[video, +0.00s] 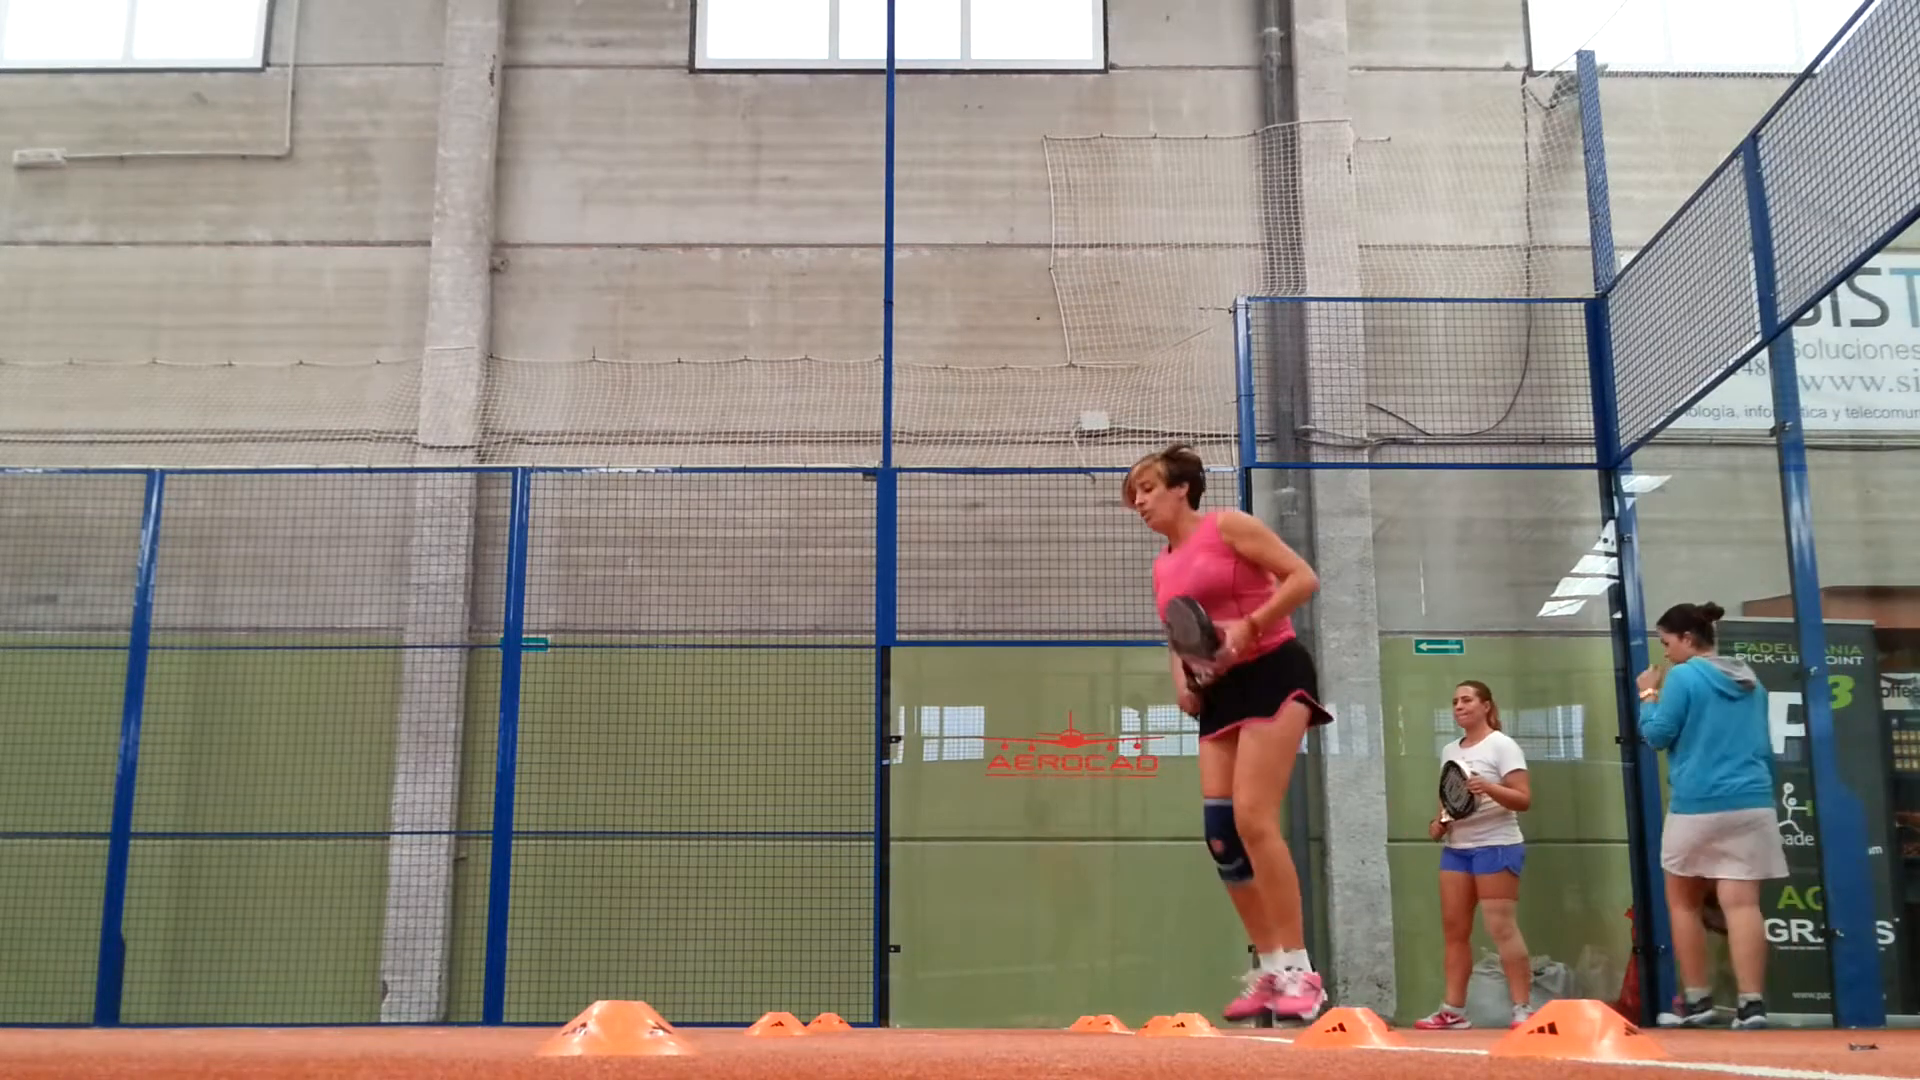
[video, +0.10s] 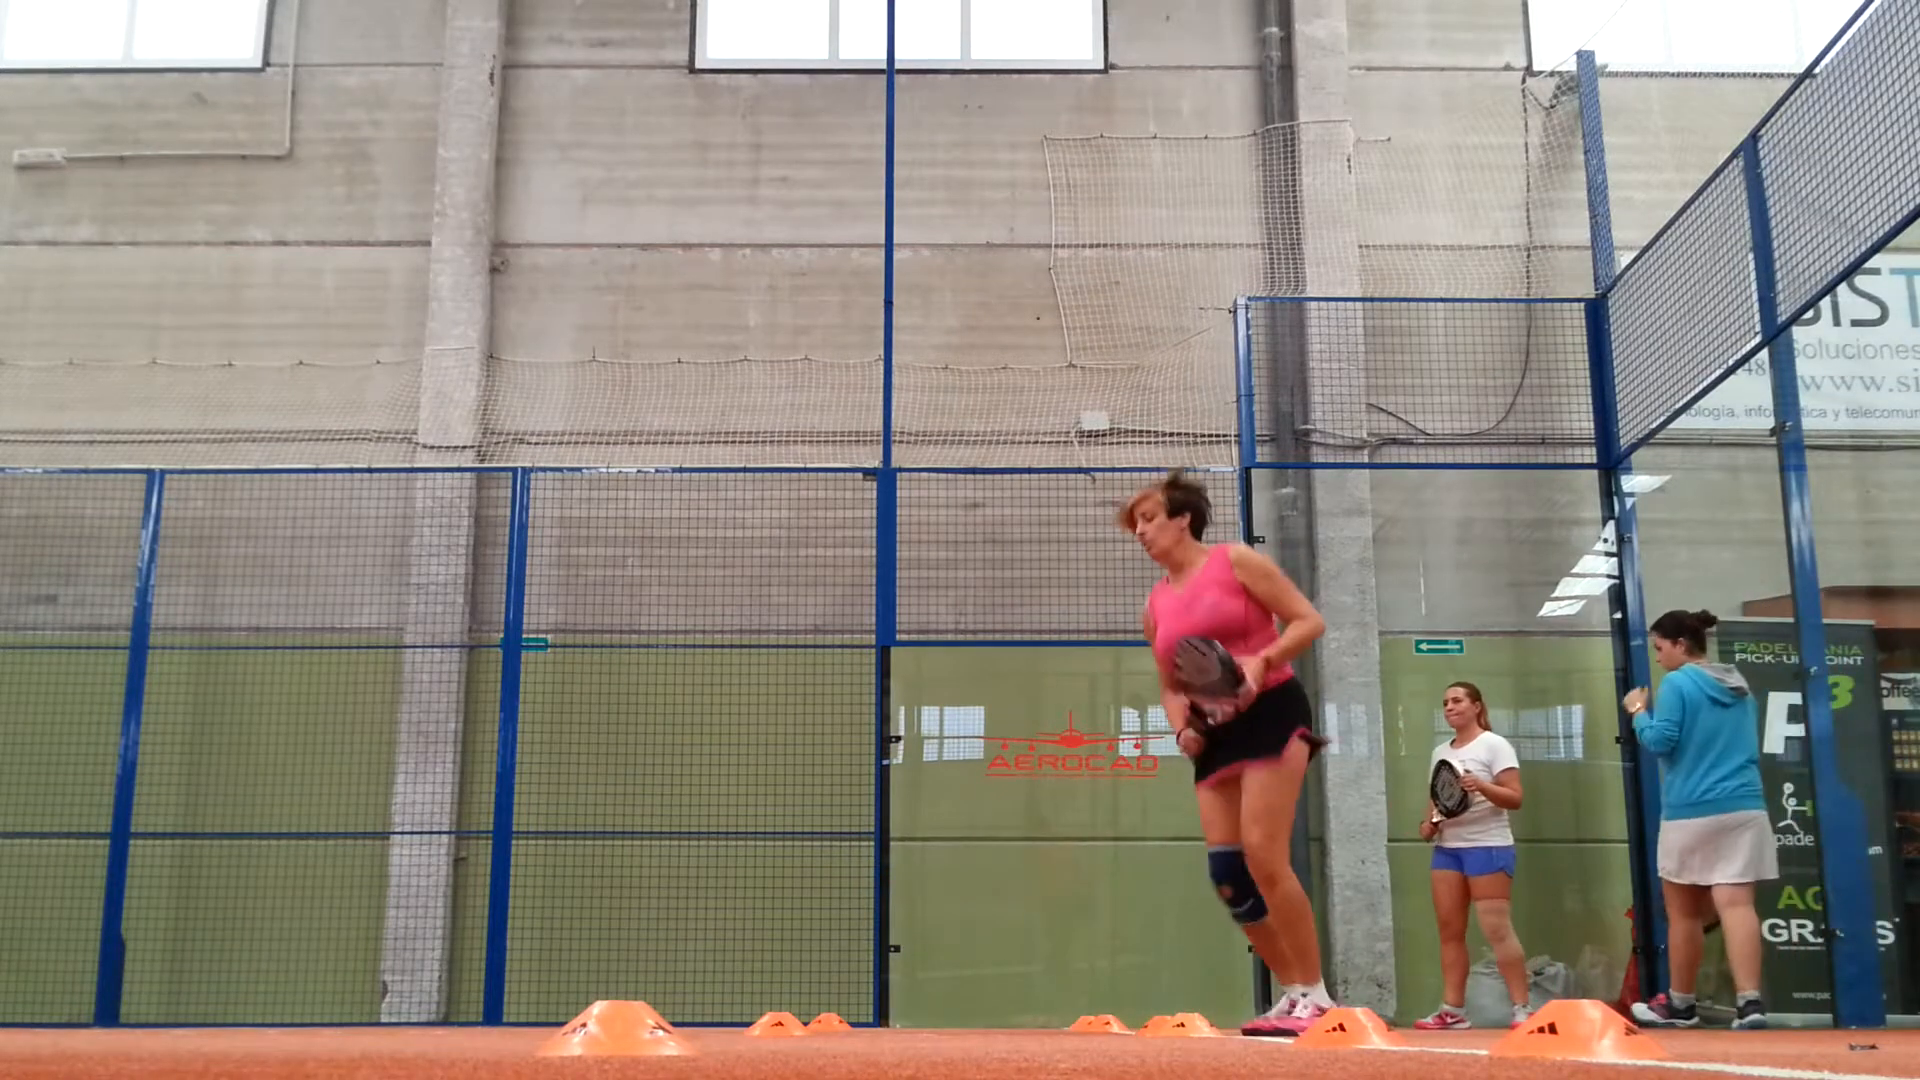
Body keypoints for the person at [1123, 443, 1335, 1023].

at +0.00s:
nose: (1138, 503)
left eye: (1146, 490)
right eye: (1134, 495)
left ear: (1182, 489)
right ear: (1144, 505)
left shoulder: (1228, 525)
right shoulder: (1164, 564)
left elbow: (1304, 578)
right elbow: (1177, 632)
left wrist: (1252, 623)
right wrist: (1180, 678)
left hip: (1274, 677)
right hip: (1219, 691)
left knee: (1255, 820)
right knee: (1222, 837)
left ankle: (1299, 972)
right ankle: (1271, 971)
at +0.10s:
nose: (1140, 533)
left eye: (1149, 519)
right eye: (1136, 525)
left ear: (1185, 518)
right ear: (1141, 536)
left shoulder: (1236, 560)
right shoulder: (1157, 602)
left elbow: (1309, 621)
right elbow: (1171, 686)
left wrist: (1261, 659)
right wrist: (1182, 726)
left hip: (1270, 715)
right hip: (1212, 731)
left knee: (1266, 859)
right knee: (1228, 877)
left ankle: (1314, 996)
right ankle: (1293, 994)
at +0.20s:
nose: (1130, 534)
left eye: (1139, 523)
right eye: (1128, 525)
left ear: (1174, 525)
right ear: (1137, 535)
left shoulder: (1230, 565)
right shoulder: (1140, 607)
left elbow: (1301, 627)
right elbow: (1145, 689)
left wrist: (1263, 658)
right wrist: (1164, 726)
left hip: (1265, 720)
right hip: (1201, 734)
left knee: (1270, 861)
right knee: (1184, 873)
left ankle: (1313, 995)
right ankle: (1270, 968)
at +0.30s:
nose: (1103, 514)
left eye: (1111, 503)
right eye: (1100, 505)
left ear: (1147, 500)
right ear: (1112, 510)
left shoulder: (1211, 537)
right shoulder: (1112, 581)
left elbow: (1279, 595)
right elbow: (1101, 666)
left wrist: (1254, 623)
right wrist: (1136, 700)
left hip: (1242, 695)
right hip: (1173, 708)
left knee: (1257, 835)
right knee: (1141, 836)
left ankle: (1294, 975)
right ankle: (1192, 960)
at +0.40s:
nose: (1076, 514)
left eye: (1085, 500)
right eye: (1071, 505)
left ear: (1121, 498)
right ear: (1075, 511)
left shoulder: (1188, 532)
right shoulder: (1087, 579)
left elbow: (1245, 587)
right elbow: (1067, 671)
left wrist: (1239, 634)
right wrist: (1107, 712)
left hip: (1219, 686)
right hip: (1145, 698)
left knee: (1242, 816)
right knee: (1104, 828)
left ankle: (1261, 961)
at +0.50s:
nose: (1056, 548)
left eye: (1064, 534)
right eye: (1050, 538)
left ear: (1101, 528)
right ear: (1054, 542)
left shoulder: (1166, 565)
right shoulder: (1063, 616)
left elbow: (1210, 624)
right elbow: (1037, 708)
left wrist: (1230, 690)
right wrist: (1062, 764)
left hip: (1190, 717)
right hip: (1113, 728)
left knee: (1228, 837)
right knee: (1063, 853)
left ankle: (1247, 990)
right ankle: (991, 989)